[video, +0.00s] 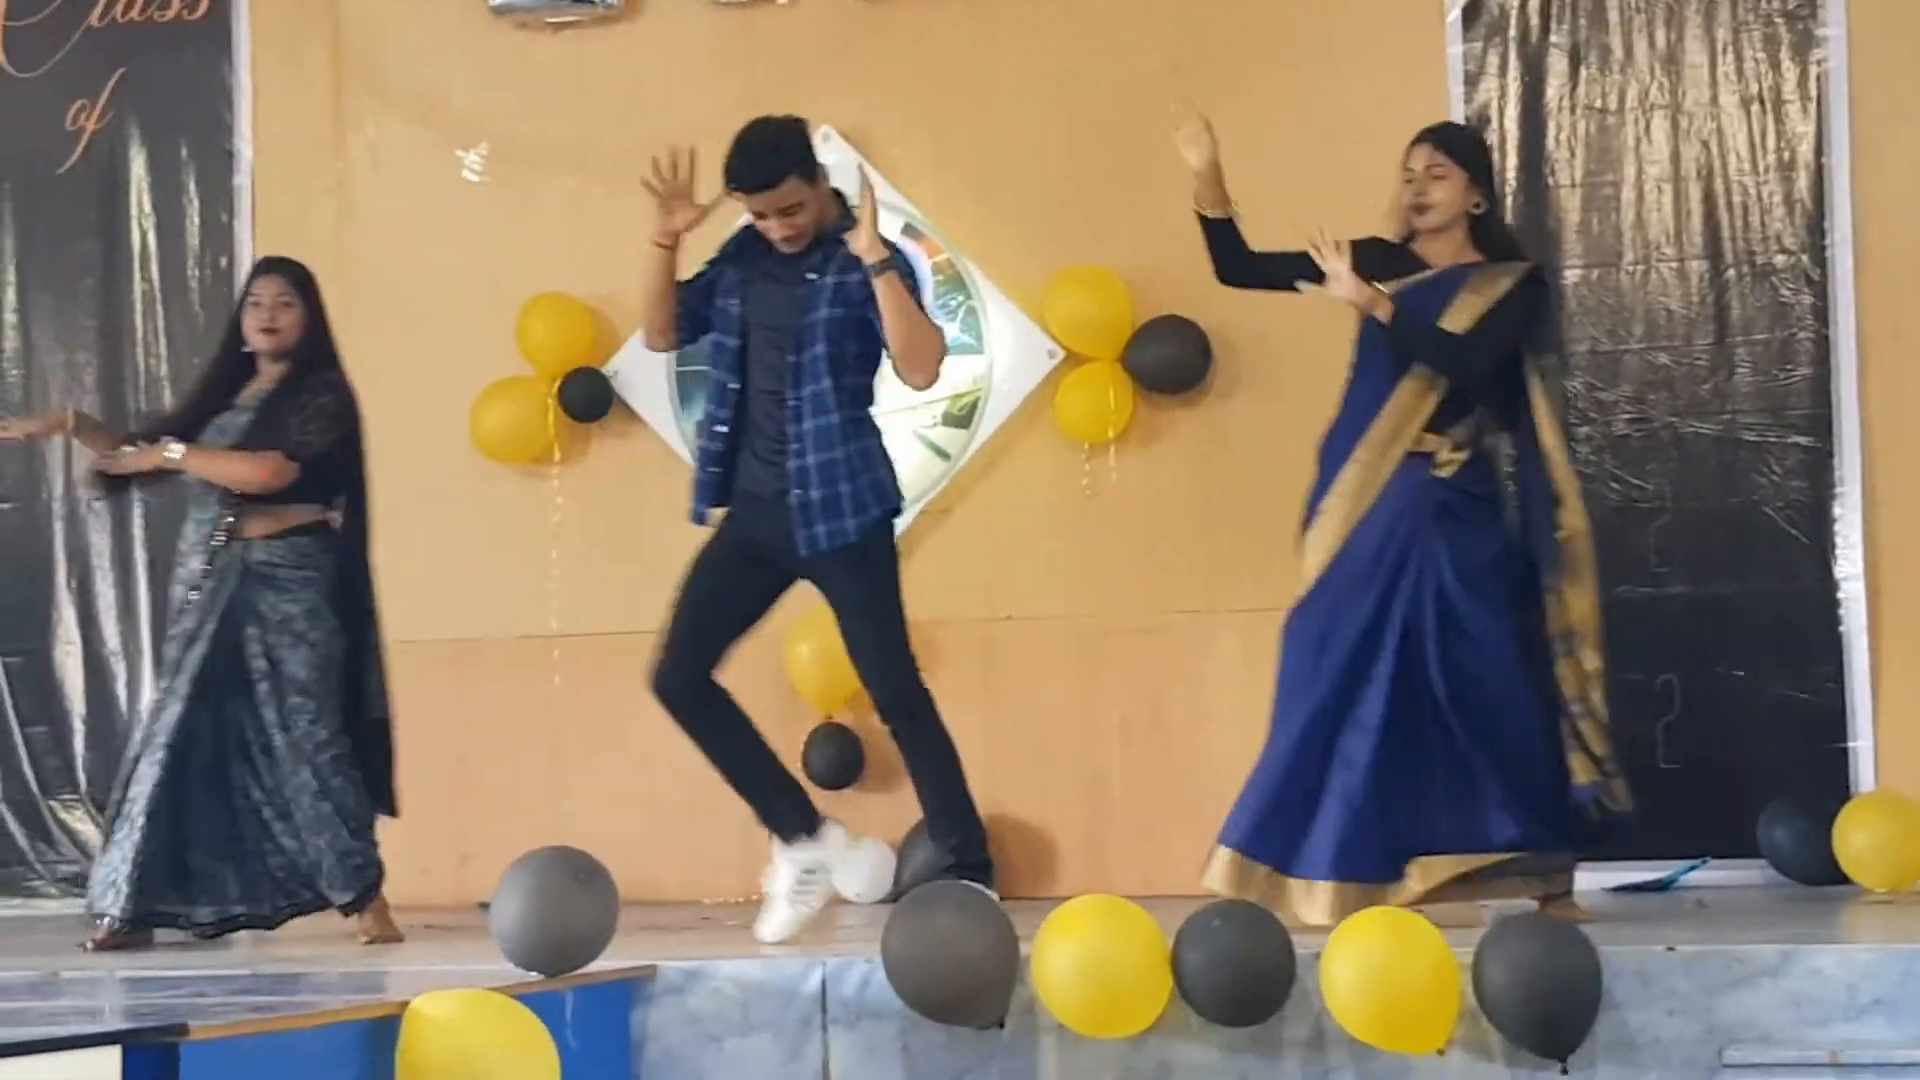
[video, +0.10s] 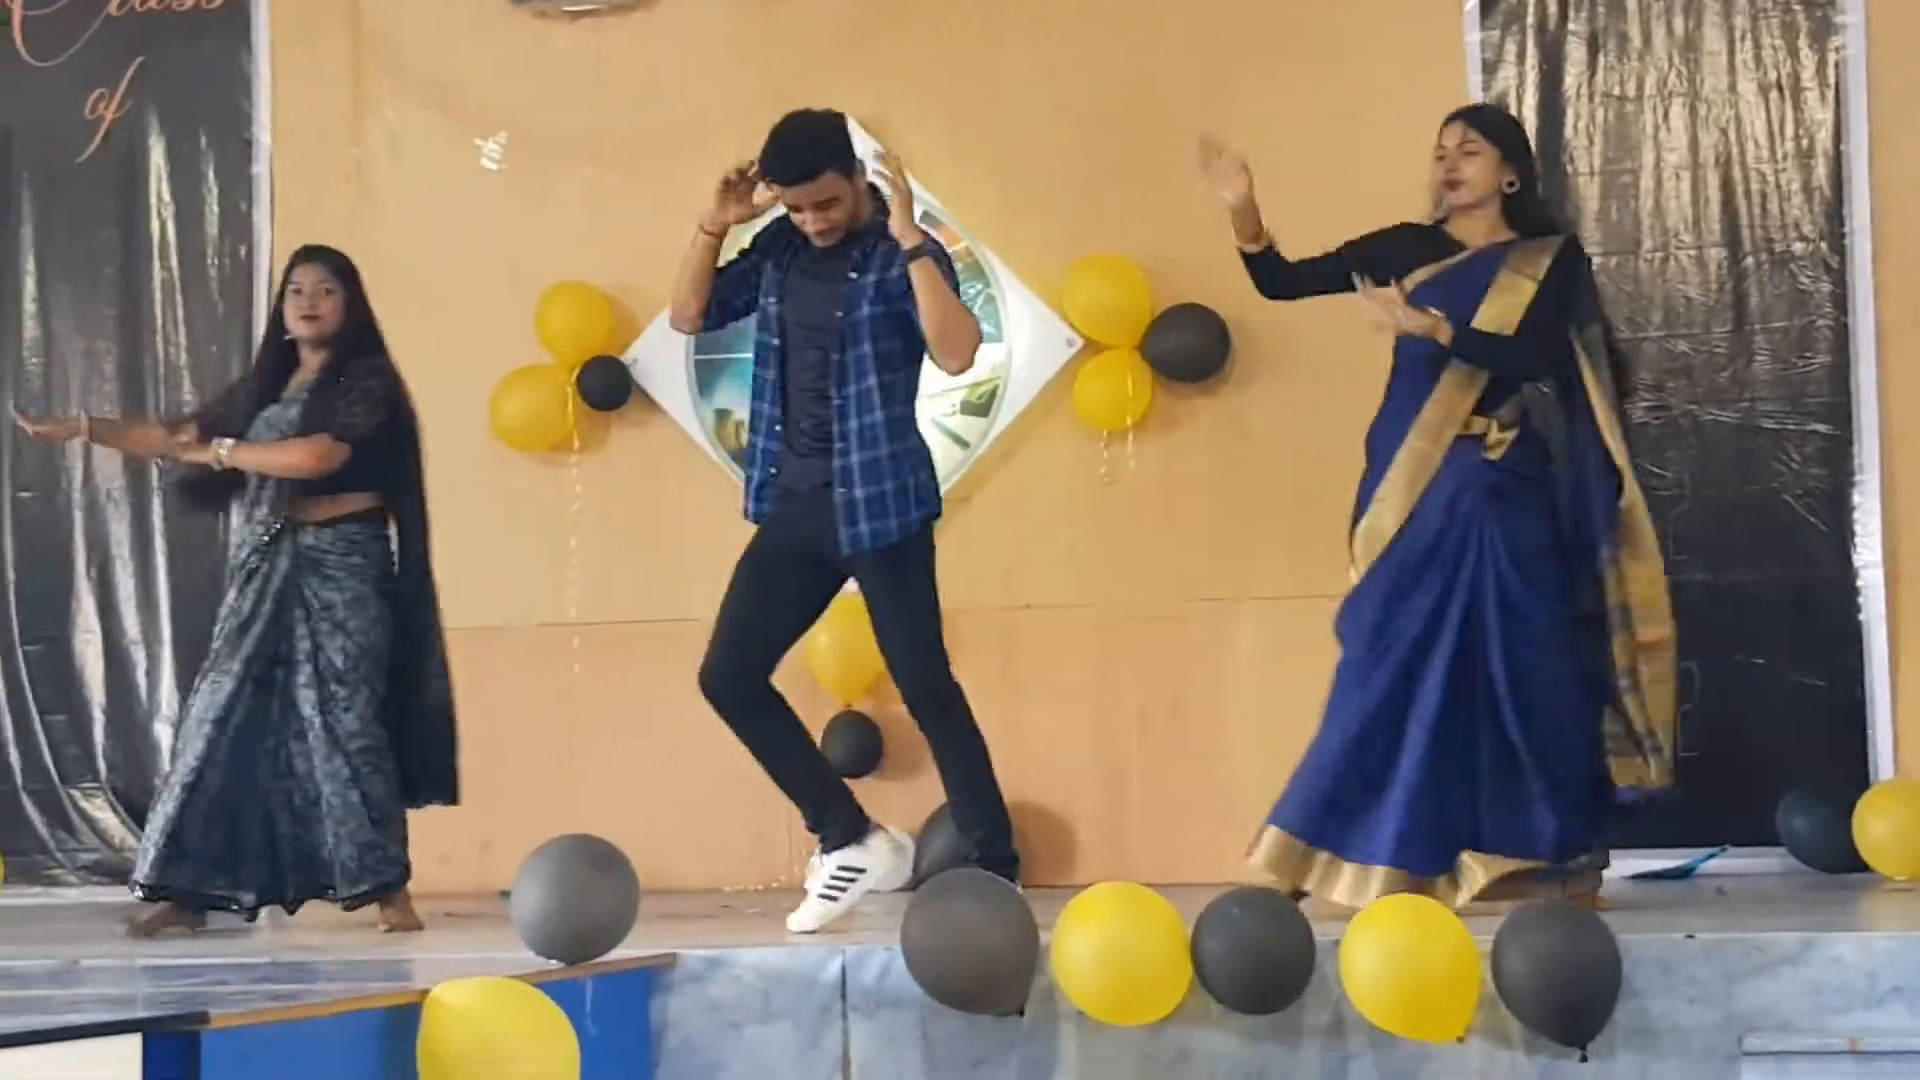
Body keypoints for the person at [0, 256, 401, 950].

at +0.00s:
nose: (267, 316)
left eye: (284, 305)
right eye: (256, 305)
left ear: (311, 318)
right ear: (240, 318)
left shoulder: (324, 395)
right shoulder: (225, 398)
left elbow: (274, 473)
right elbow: (139, 456)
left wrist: (170, 456)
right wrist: (76, 423)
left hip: (290, 580)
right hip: (217, 581)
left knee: (309, 736)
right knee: (174, 729)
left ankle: (366, 894)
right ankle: (130, 906)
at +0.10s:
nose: (308, 303)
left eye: (324, 292)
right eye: (296, 292)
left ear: (352, 306)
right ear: (280, 308)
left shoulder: (370, 383)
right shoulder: (267, 387)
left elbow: (322, 456)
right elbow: (185, 435)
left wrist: (219, 452)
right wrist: (85, 430)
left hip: (344, 565)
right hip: (267, 567)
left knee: (350, 721)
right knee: (218, 712)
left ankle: (391, 888)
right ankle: (181, 892)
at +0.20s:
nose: (353, 284)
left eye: (368, 274)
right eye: (340, 273)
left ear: (390, 290)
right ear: (321, 289)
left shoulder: (408, 356)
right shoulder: (305, 365)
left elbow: (390, 435)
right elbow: (228, 424)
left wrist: (282, 438)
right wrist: (134, 416)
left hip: (386, 546)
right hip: (311, 549)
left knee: (385, 708)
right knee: (276, 695)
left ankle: (419, 880)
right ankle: (246, 865)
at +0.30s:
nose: (384, 273)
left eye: (398, 264)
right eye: (371, 263)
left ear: (419, 278)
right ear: (349, 278)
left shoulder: (435, 345)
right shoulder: (329, 351)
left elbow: (462, 423)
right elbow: (265, 421)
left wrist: (356, 425)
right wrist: (186, 422)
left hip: (411, 535)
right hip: (336, 538)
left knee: (415, 698)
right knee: (326, 693)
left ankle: (439, 871)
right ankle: (328, 869)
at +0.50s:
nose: (405, 275)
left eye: (418, 265)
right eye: (390, 265)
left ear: (435, 280)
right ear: (366, 282)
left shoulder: (464, 365)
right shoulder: (338, 367)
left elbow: (508, 457)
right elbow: (303, 458)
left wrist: (452, 493)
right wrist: (277, 522)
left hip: (422, 551)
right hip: (342, 551)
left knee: (422, 703)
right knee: (322, 692)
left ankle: (443, 869)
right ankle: (350, 864)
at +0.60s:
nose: (392, 273)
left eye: (406, 262)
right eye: (378, 263)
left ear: (428, 274)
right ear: (359, 278)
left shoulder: (462, 359)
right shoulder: (335, 358)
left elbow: (498, 440)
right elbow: (308, 443)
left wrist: (495, 457)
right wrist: (268, 477)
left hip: (422, 544)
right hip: (341, 542)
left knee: (421, 698)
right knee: (281, 676)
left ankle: (444, 870)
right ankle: (306, 837)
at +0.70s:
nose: (374, 265)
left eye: (389, 251)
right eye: (359, 254)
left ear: (414, 261)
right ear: (343, 268)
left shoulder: (454, 344)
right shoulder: (323, 347)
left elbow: (498, 437)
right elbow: (269, 442)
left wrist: (520, 399)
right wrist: (201, 405)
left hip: (413, 533)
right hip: (329, 531)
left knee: (419, 686)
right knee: (283, 673)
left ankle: (451, 863)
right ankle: (263, 841)